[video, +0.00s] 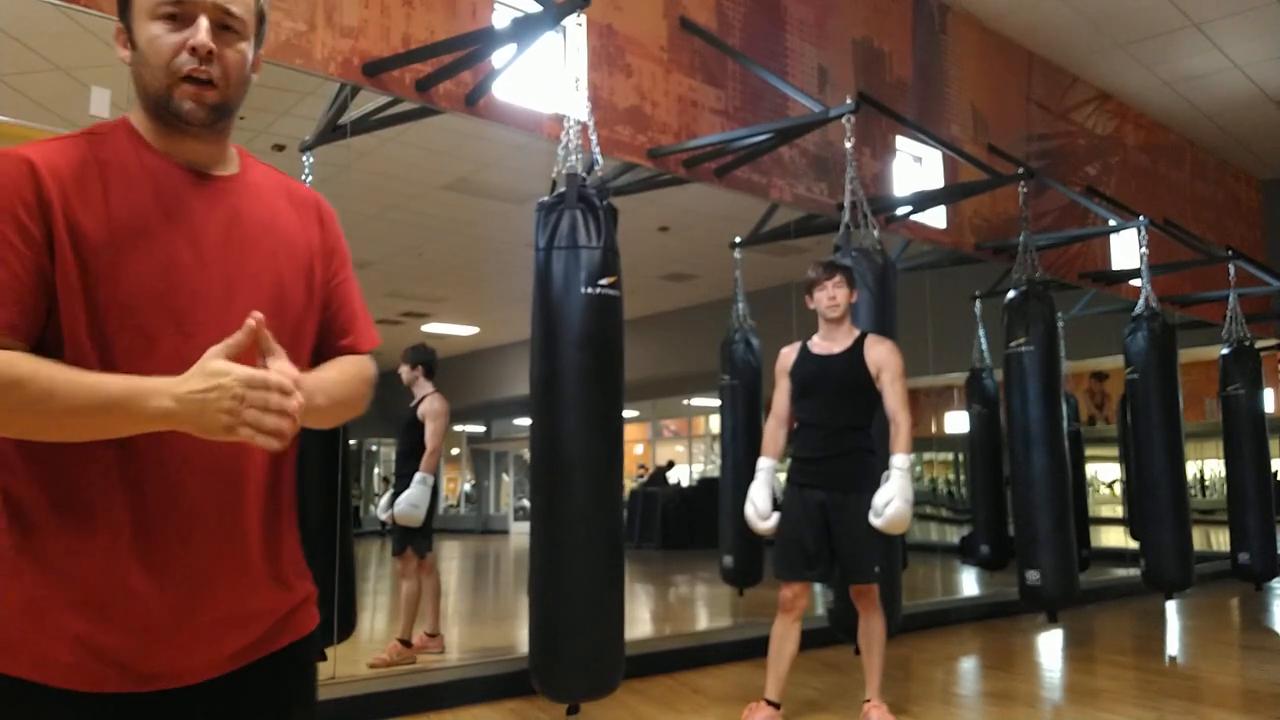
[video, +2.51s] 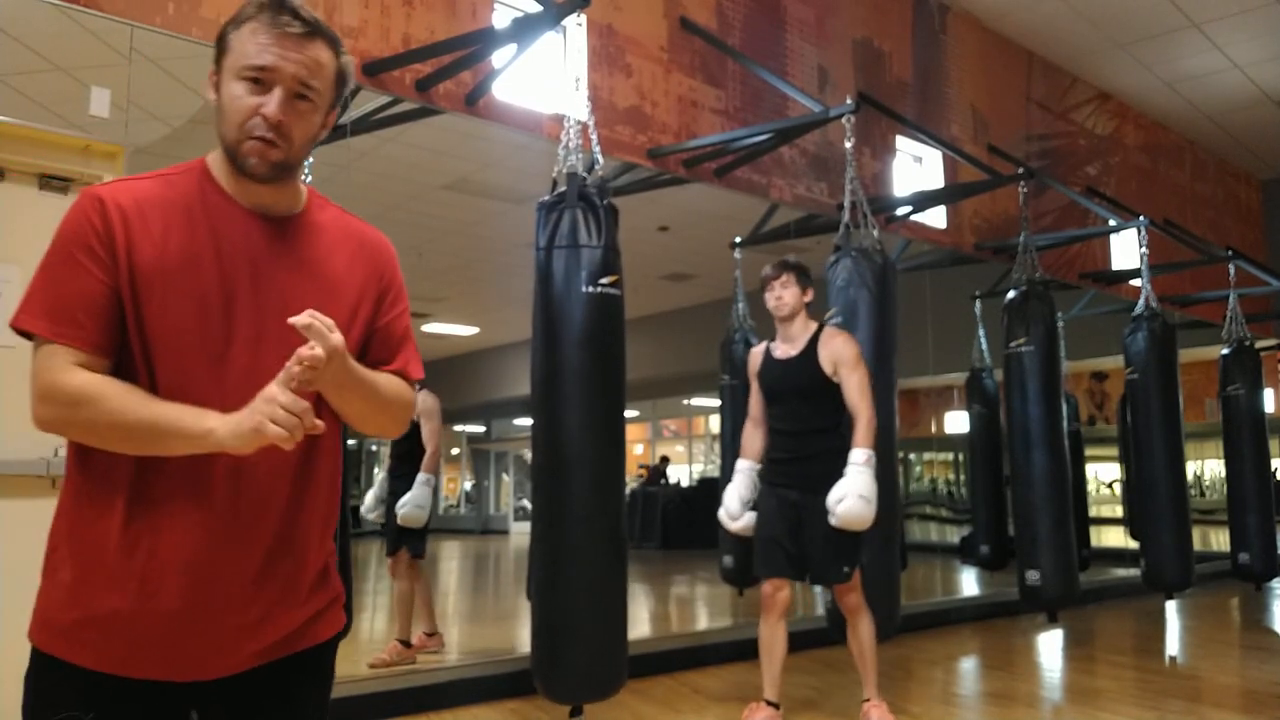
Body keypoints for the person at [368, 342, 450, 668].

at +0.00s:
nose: (399, 372)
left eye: (403, 367)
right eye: (400, 367)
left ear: (418, 370)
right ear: (419, 370)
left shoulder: (434, 402)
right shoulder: (417, 403)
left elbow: (433, 450)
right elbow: (406, 454)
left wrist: (419, 489)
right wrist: (392, 492)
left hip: (416, 486)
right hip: (408, 485)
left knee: (406, 565)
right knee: (424, 564)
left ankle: (403, 641)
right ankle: (431, 634)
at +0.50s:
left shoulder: (434, 402)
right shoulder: (415, 408)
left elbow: (433, 447)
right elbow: (405, 457)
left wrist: (418, 486)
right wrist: (393, 492)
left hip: (416, 486)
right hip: (407, 485)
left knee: (408, 564)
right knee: (425, 564)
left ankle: (404, 642)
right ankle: (432, 633)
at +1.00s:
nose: (402, 374)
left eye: (405, 368)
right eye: (402, 369)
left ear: (421, 369)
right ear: (421, 370)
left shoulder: (433, 401)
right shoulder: (421, 402)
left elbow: (431, 448)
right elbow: (409, 452)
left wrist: (417, 488)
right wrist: (393, 490)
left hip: (419, 484)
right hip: (411, 483)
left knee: (409, 562)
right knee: (424, 562)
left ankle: (404, 641)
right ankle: (431, 634)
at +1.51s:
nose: (403, 375)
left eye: (406, 369)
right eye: (403, 369)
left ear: (422, 369)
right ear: (421, 370)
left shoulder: (435, 403)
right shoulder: (421, 403)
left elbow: (433, 450)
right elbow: (409, 452)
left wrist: (418, 489)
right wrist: (394, 490)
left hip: (419, 485)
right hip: (411, 484)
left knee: (409, 564)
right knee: (425, 563)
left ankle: (404, 641)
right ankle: (430, 634)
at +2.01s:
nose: (398, 372)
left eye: (402, 366)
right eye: (399, 367)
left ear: (419, 369)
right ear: (415, 370)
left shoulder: (437, 402)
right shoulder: (411, 403)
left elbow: (439, 449)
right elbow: (406, 454)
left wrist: (425, 489)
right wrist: (391, 491)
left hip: (421, 484)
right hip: (407, 482)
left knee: (405, 564)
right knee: (424, 563)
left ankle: (403, 641)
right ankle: (432, 634)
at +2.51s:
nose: (393, 377)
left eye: (396, 370)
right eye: (391, 372)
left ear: (407, 370)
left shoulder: (425, 399)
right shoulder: (399, 403)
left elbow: (432, 450)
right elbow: (396, 457)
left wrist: (421, 488)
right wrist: (380, 490)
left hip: (412, 486)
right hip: (396, 485)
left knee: (400, 563)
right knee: (412, 564)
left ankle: (402, 642)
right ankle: (430, 632)